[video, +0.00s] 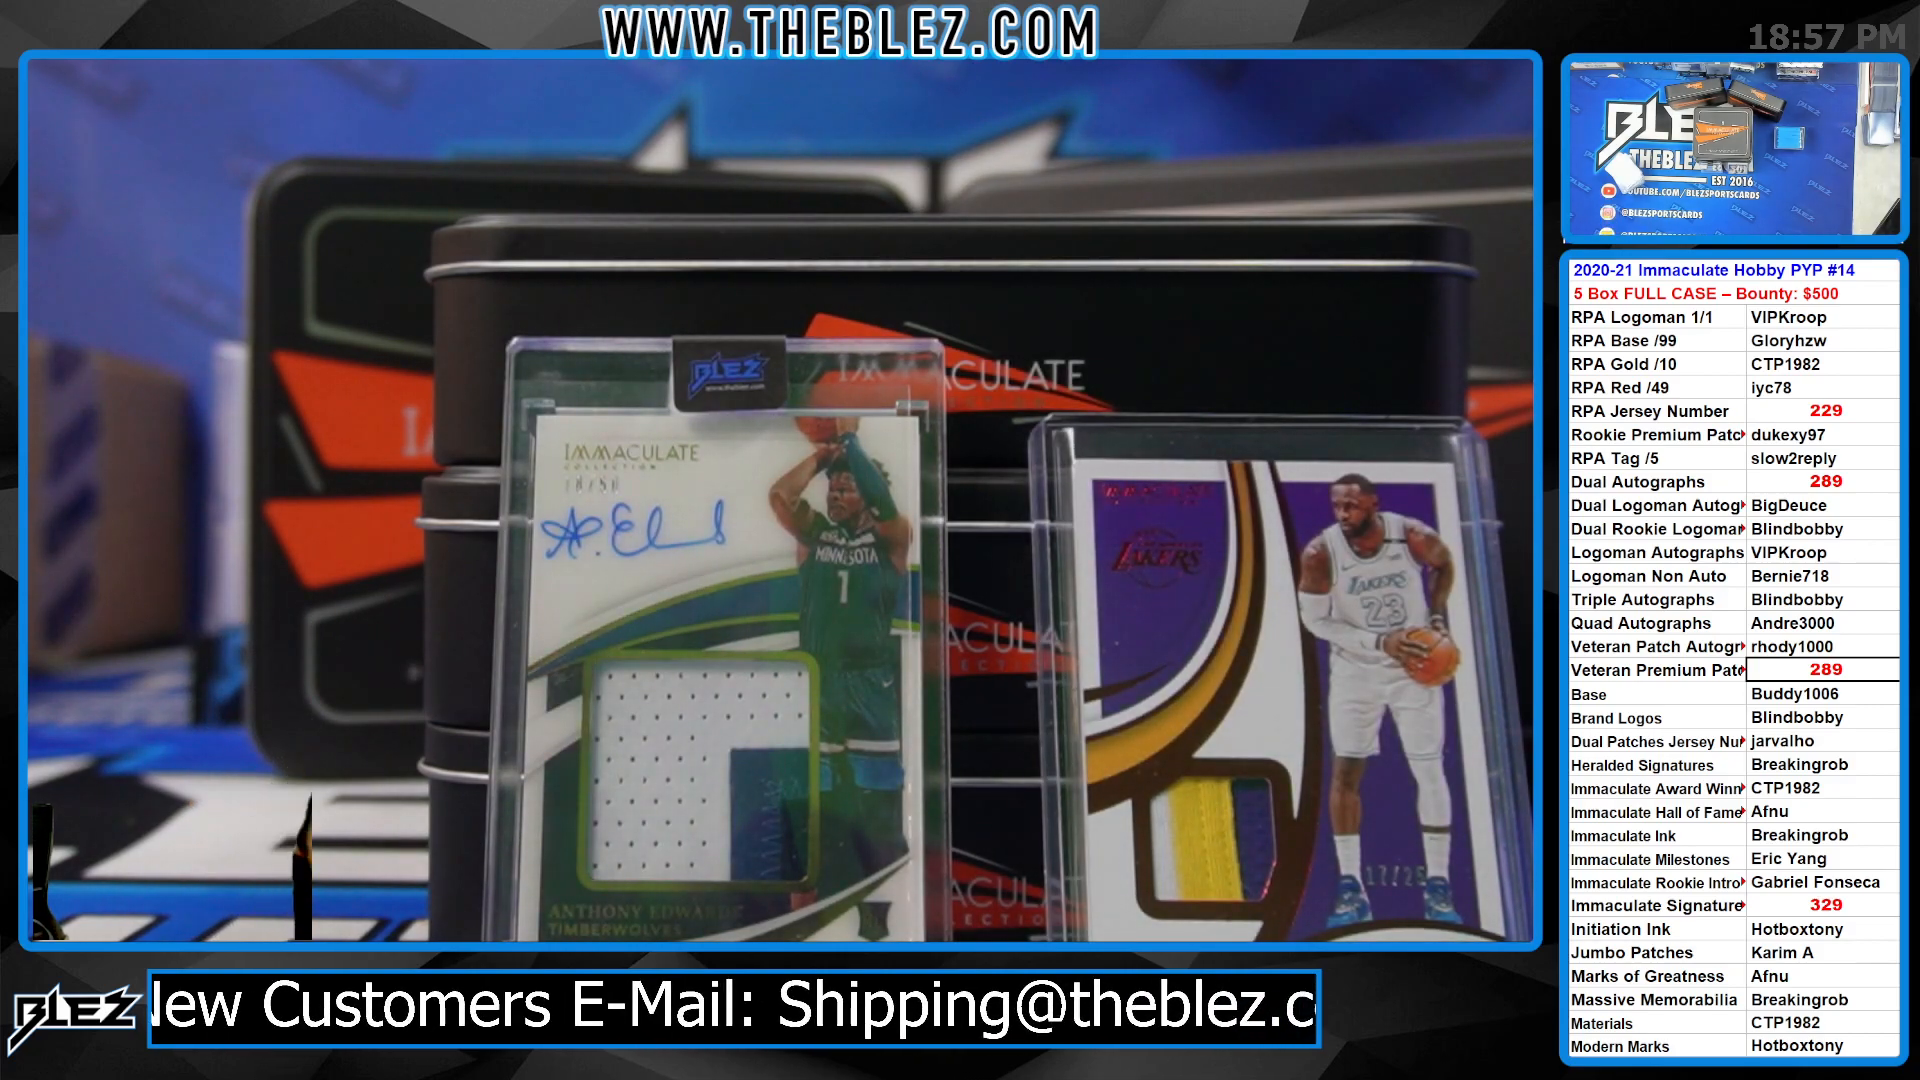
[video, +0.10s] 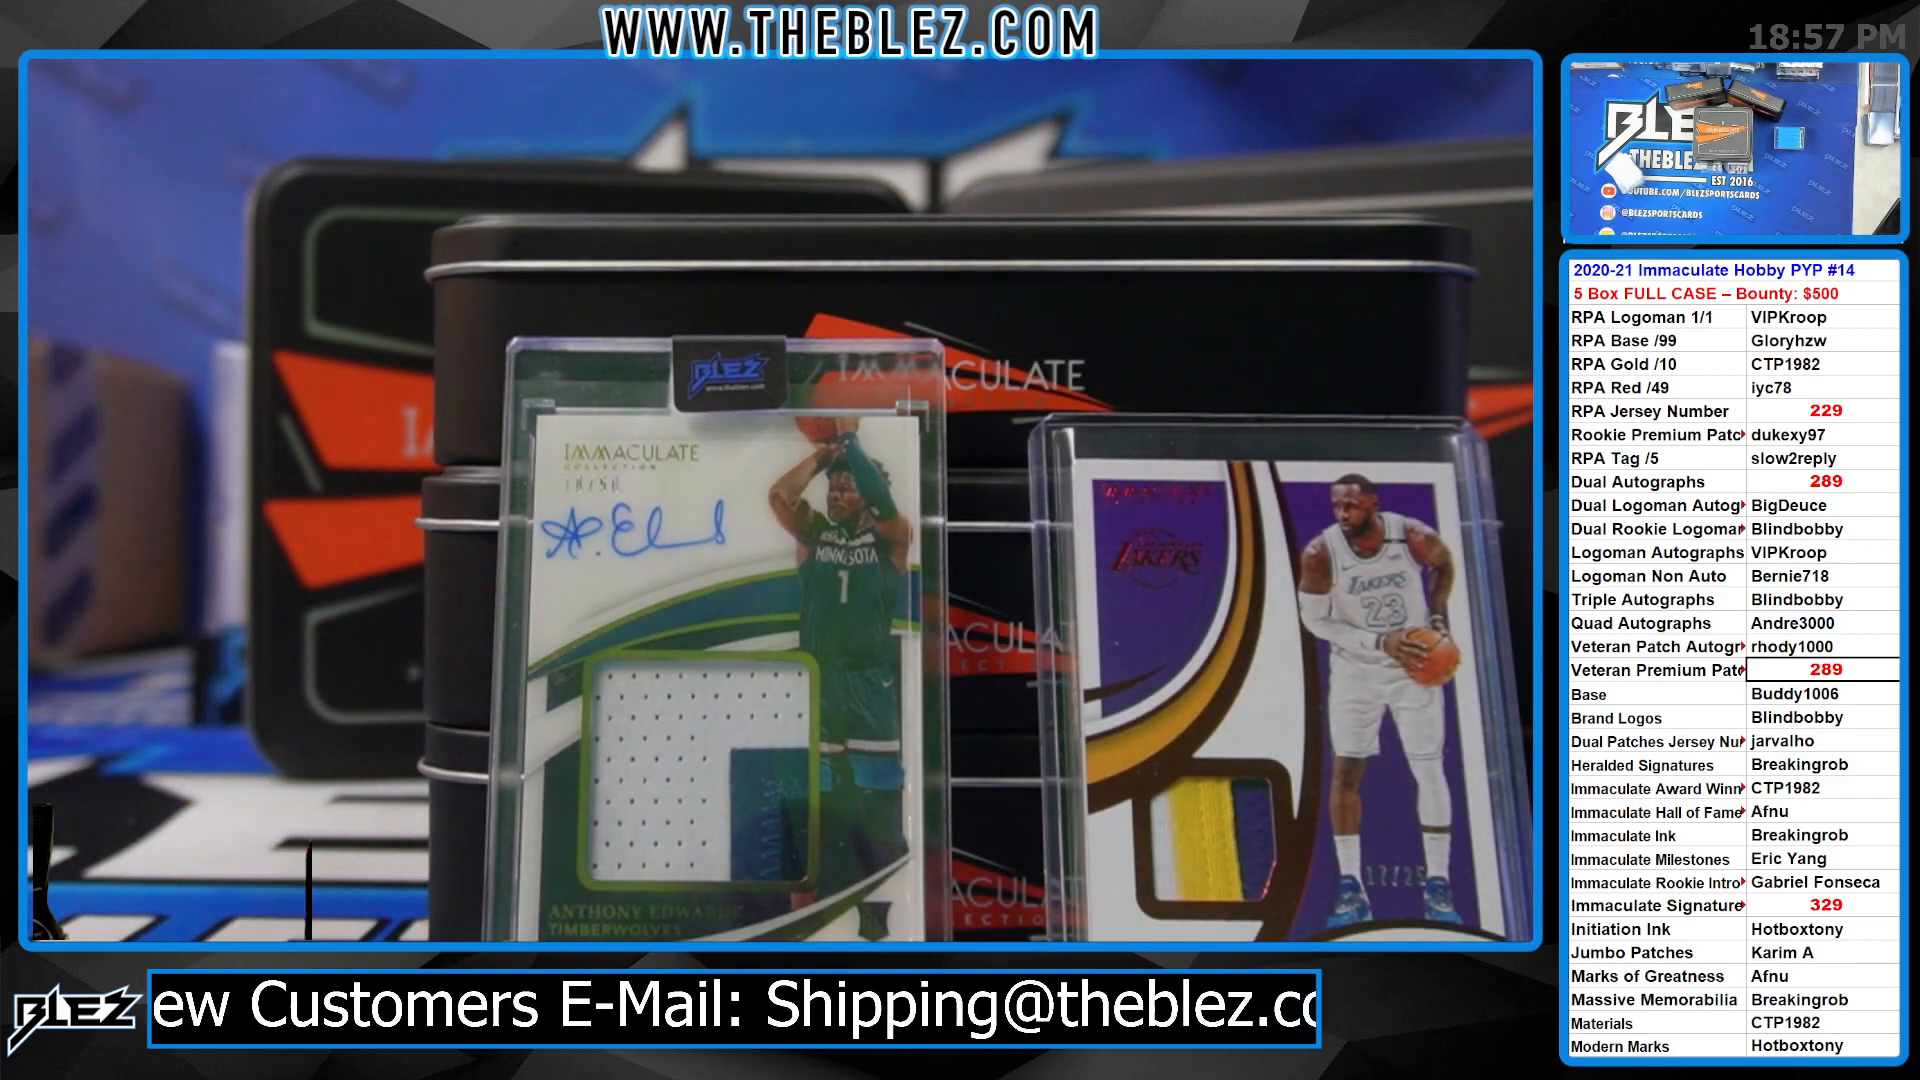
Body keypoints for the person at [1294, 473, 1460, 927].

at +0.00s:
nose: (1343, 514)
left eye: (1351, 505)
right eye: (1337, 506)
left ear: (1373, 505)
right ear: (1332, 509)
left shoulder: (1414, 537)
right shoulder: (1319, 555)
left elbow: (1445, 565)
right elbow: (1315, 621)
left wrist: (1436, 616)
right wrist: (1379, 641)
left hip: (1414, 673)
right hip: (1354, 675)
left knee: (1430, 772)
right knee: (1347, 773)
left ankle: (1438, 884)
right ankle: (1350, 889)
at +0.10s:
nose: (1342, 514)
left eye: (1351, 505)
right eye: (1337, 506)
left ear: (1373, 505)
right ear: (1332, 509)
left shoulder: (1414, 537)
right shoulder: (1319, 555)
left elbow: (1444, 565)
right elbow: (1316, 621)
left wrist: (1437, 616)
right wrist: (1379, 642)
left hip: (1414, 673)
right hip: (1354, 675)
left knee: (1430, 772)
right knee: (1347, 774)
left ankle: (1438, 885)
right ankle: (1350, 889)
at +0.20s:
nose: (1343, 514)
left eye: (1351, 506)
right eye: (1337, 506)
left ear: (1373, 505)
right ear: (1332, 509)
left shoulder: (1414, 537)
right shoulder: (1319, 555)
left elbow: (1444, 565)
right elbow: (1315, 621)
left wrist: (1437, 616)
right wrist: (1379, 642)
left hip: (1414, 673)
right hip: (1354, 675)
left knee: (1430, 771)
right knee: (1347, 773)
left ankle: (1438, 884)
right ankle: (1350, 889)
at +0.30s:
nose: (1343, 514)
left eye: (1351, 506)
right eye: (1337, 506)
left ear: (1374, 505)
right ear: (1332, 509)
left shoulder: (1413, 537)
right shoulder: (1319, 555)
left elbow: (1444, 565)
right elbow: (1316, 621)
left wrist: (1437, 615)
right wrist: (1379, 642)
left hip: (1414, 672)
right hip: (1354, 675)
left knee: (1430, 771)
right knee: (1347, 774)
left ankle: (1438, 885)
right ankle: (1350, 889)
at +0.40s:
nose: (1343, 514)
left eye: (1351, 506)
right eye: (1337, 506)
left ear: (1373, 505)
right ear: (1333, 509)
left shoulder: (1413, 537)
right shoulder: (1319, 555)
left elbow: (1444, 565)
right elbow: (1316, 621)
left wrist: (1436, 616)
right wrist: (1379, 641)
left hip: (1414, 673)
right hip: (1354, 675)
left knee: (1430, 772)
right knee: (1347, 774)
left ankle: (1438, 885)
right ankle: (1350, 889)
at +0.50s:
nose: (1343, 514)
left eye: (1351, 506)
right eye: (1337, 506)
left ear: (1373, 505)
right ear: (1332, 509)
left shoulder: (1413, 536)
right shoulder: (1319, 555)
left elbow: (1444, 565)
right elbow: (1316, 621)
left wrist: (1436, 617)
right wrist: (1379, 642)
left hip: (1414, 673)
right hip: (1354, 674)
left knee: (1430, 771)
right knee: (1348, 773)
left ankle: (1438, 884)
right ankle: (1350, 888)